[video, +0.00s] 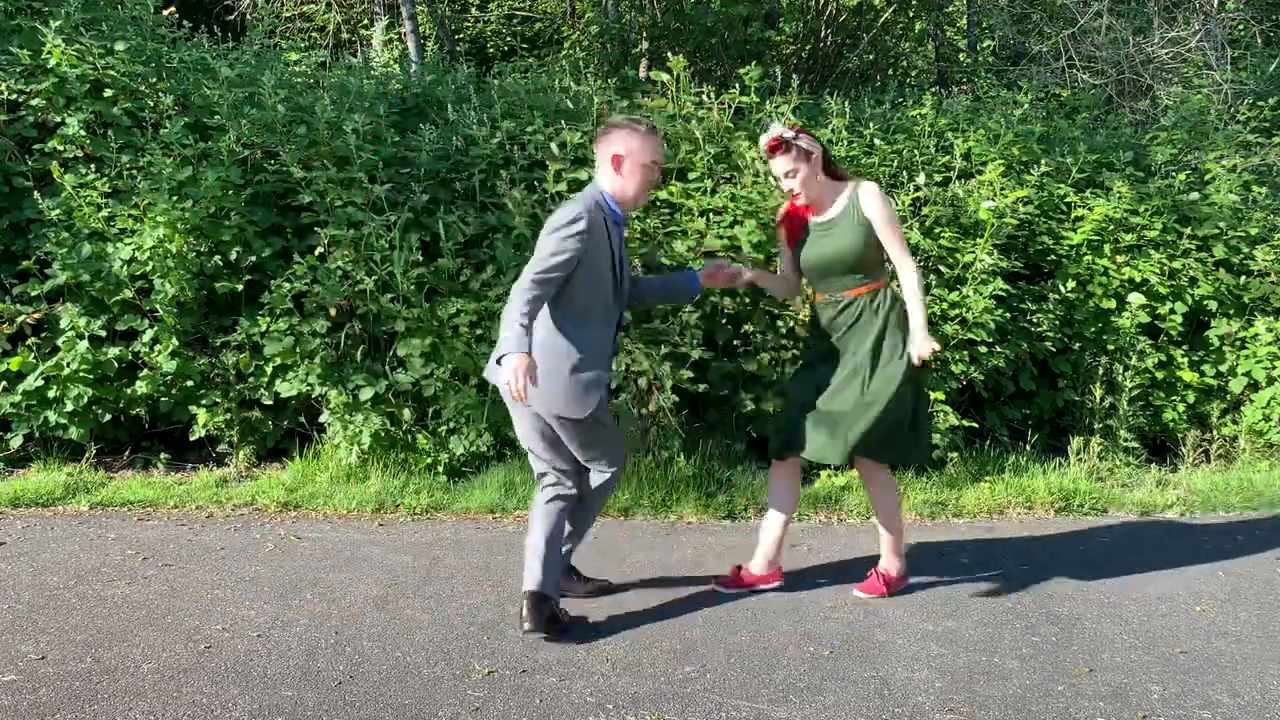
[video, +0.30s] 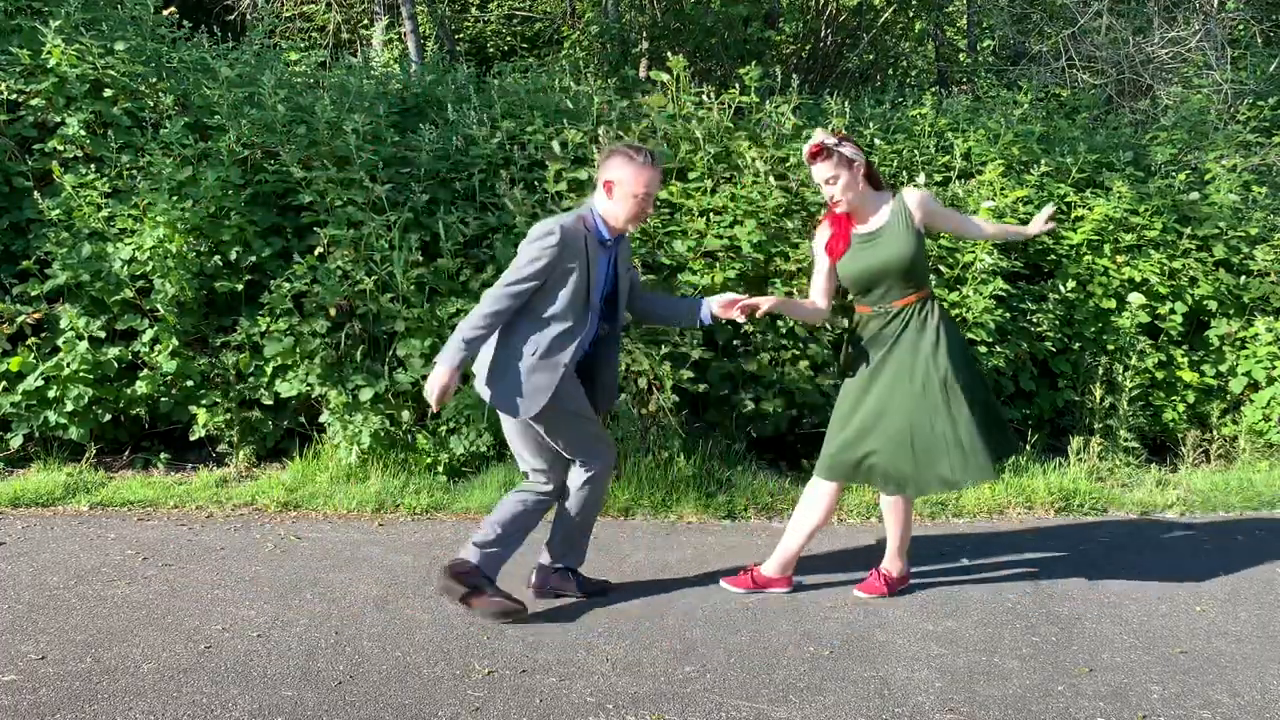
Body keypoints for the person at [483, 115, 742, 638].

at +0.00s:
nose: (657, 180)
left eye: (659, 170)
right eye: (652, 169)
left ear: (621, 166)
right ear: (616, 163)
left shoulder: (604, 223)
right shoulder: (582, 217)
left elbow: (627, 291)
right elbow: (530, 286)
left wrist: (698, 280)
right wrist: (515, 348)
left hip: (523, 378)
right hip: (562, 379)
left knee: (557, 480)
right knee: (604, 463)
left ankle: (538, 599)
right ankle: (557, 562)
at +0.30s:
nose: (651, 207)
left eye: (654, 198)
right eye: (645, 196)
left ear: (621, 192)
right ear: (609, 188)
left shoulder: (617, 248)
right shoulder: (558, 234)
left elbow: (639, 304)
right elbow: (501, 298)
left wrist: (706, 308)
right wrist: (451, 359)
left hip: (524, 376)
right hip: (536, 371)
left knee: (546, 479)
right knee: (595, 457)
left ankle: (473, 566)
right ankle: (557, 571)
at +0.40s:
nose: (644, 210)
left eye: (648, 200)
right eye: (637, 198)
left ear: (618, 194)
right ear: (602, 189)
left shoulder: (618, 250)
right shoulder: (550, 236)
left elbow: (645, 304)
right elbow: (496, 301)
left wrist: (718, 311)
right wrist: (454, 363)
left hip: (526, 377)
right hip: (528, 374)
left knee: (535, 484)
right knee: (595, 453)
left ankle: (442, 545)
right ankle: (558, 570)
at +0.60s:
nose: (628, 191)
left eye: (632, 181)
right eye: (621, 180)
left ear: (626, 182)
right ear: (586, 173)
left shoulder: (611, 236)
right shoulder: (534, 221)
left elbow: (652, 285)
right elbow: (487, 289)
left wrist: (718, 281)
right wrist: (469, 350)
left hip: (535, 366)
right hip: (513, 362)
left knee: (503, 473)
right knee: (578, 450)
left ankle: (387, 490)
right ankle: (555, 571)